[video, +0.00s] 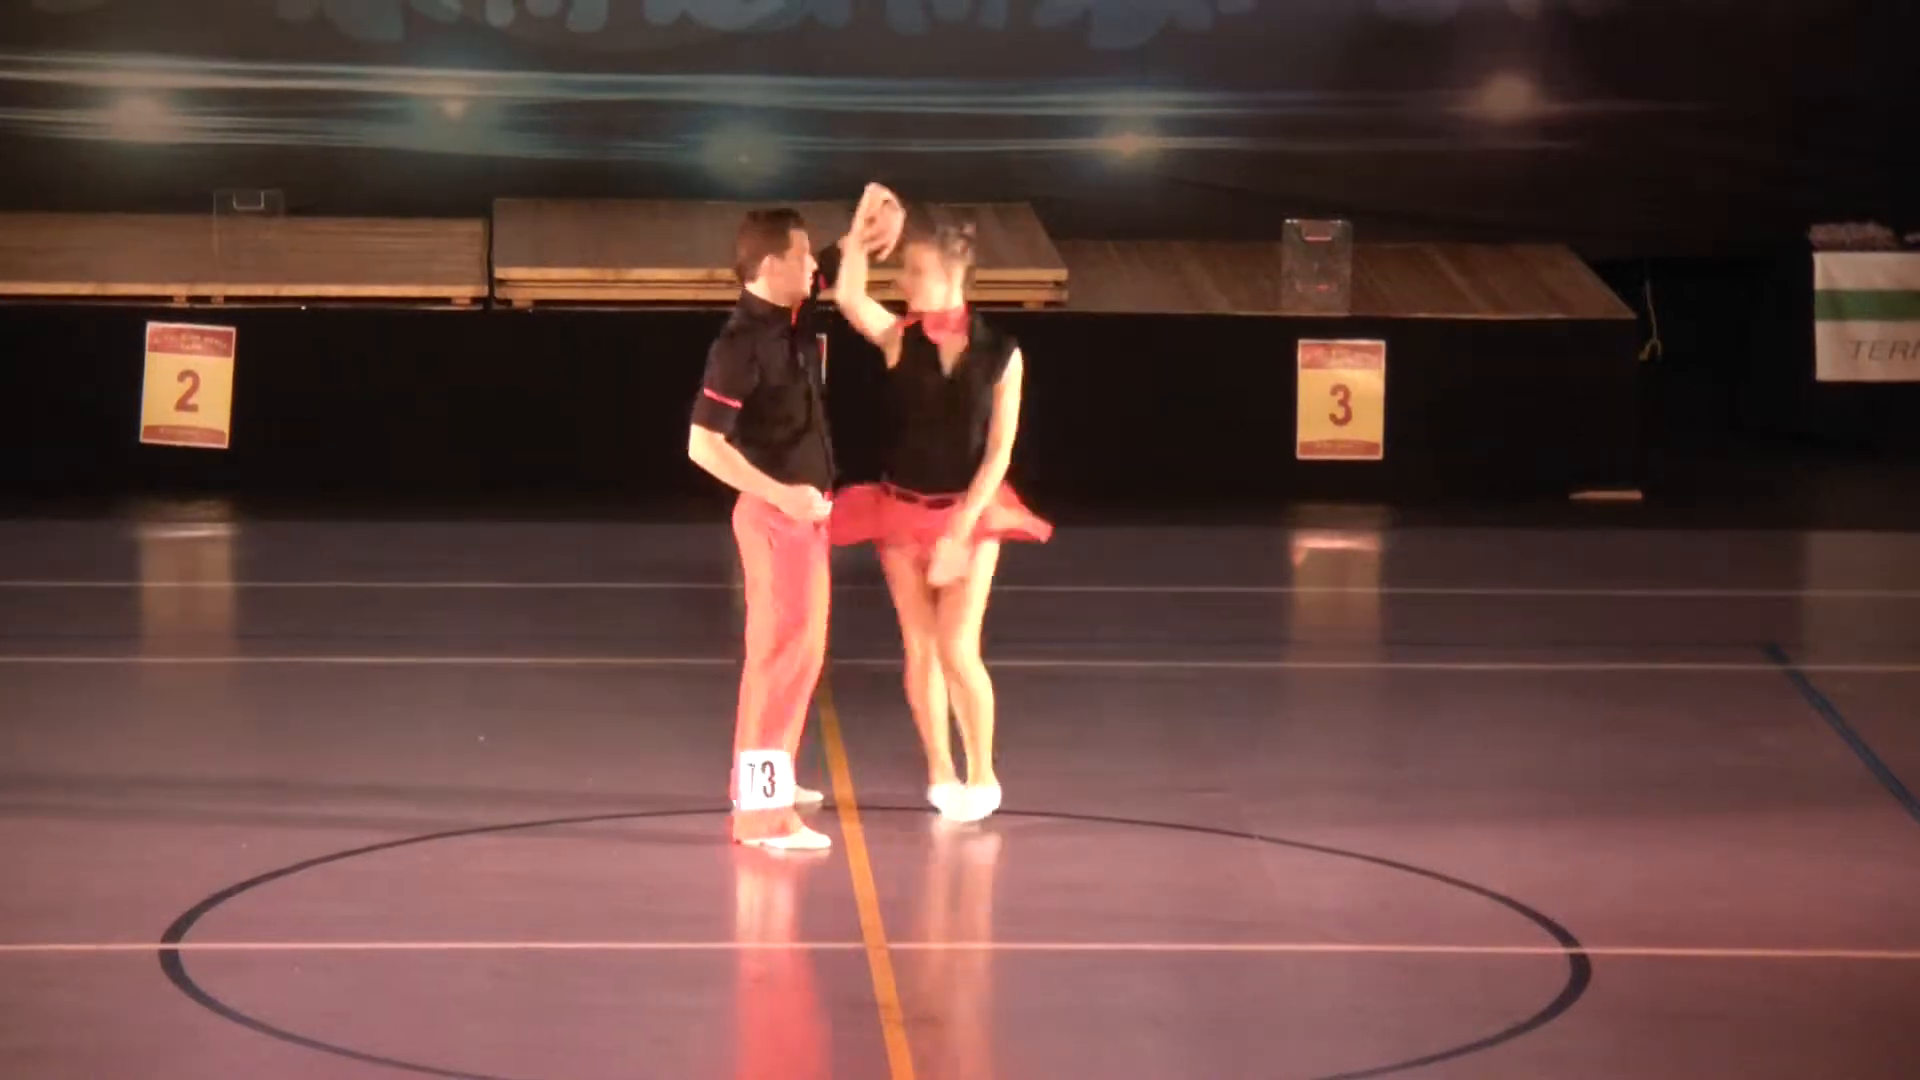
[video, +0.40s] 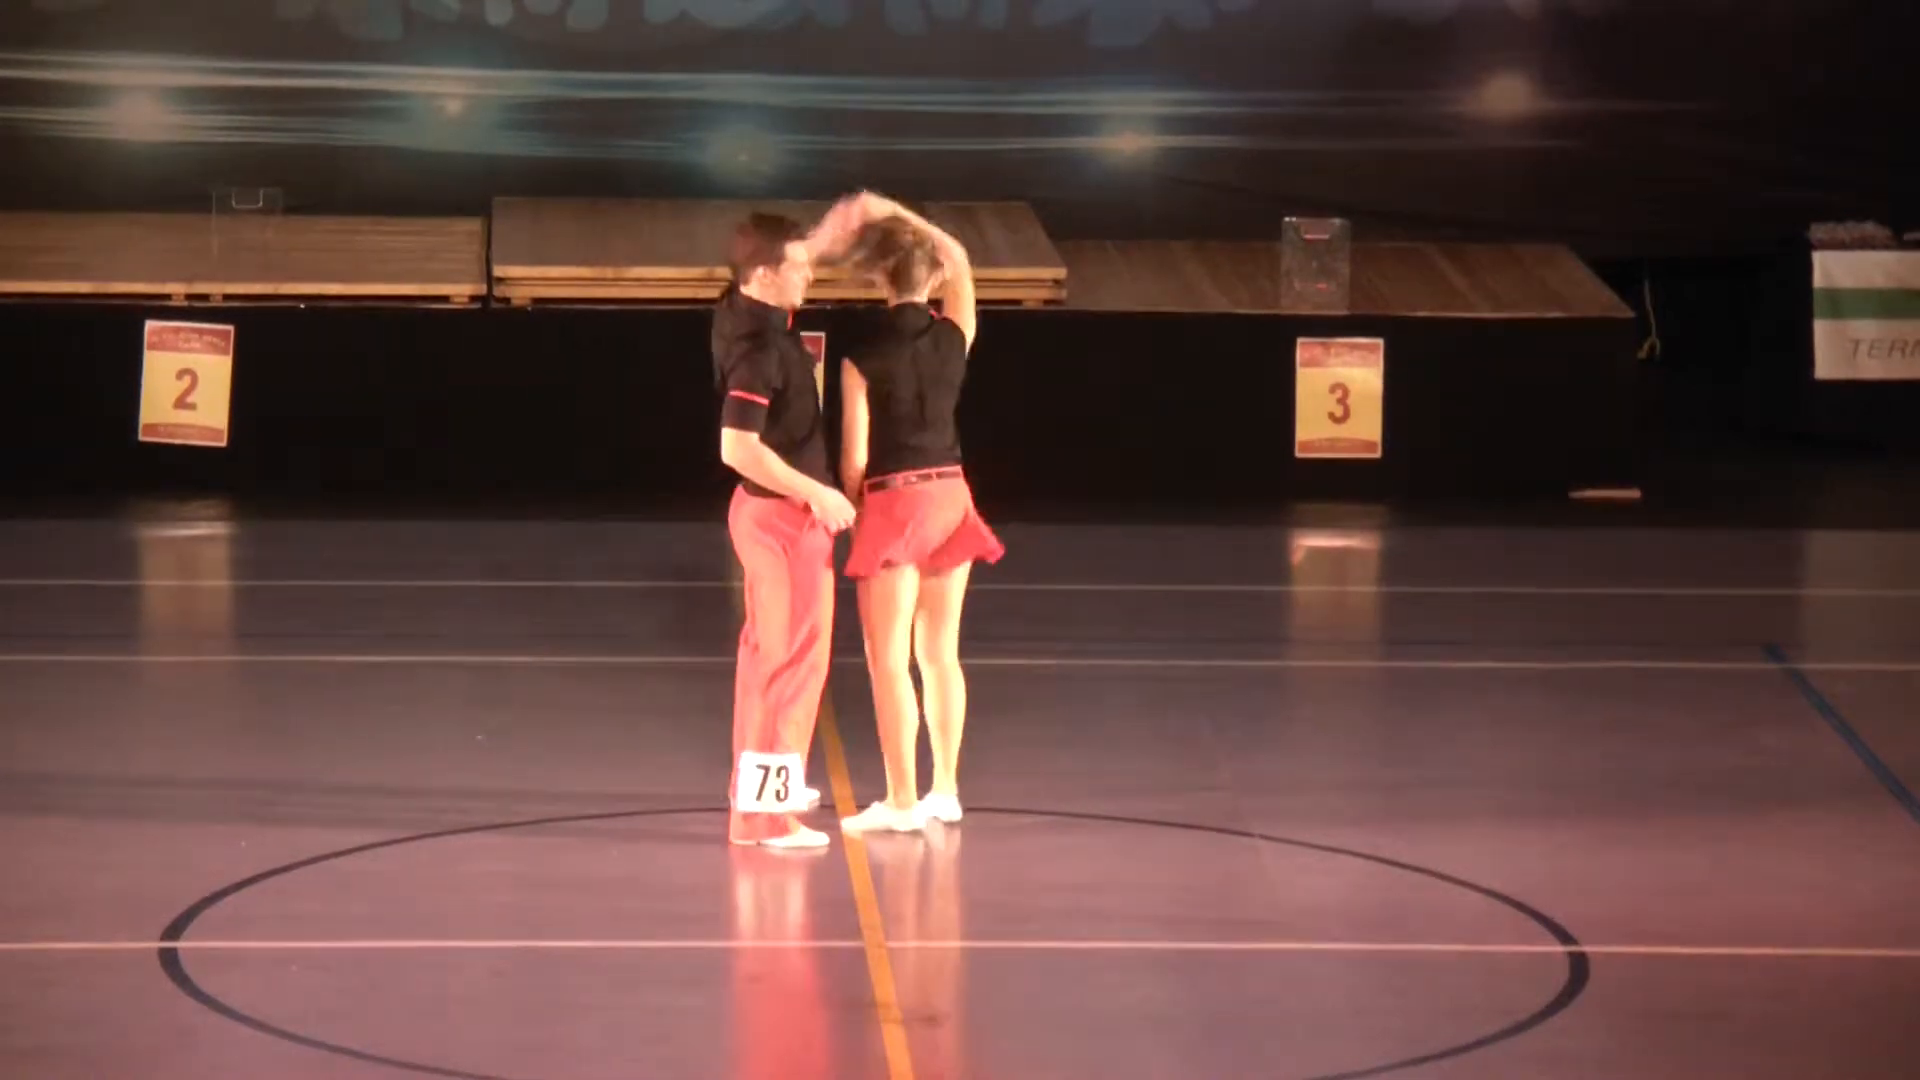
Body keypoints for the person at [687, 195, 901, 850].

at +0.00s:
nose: (813, 266)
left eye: (810, 255)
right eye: (801, 256)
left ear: (795, 262)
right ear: (765, 267)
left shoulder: (802, 315)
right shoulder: (740, 340)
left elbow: (847, 277)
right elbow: (703, 443)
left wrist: (869, 219)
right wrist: (780, 495)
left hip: (809, 509)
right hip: (769, 513)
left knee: (806, 650)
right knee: (774, 650)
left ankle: (772, 782)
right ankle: (754, 808)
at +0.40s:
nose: (807, 275)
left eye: (807, 264)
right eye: (799, 265)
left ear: (760, 272)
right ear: (766, 274)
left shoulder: (749, 311)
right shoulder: (760, 341)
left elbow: (799, 257)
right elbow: (740, 446)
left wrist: (842, 226)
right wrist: (816, 493)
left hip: (772, 507)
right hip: (780, 513)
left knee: (768, 653)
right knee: (796, 656)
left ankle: (756, 804)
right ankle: (762, 812)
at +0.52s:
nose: (815, 303)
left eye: (815, 290)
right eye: (808, 291)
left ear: (770, 289)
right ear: (773, 290)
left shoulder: (757, 334)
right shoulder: (754, 354)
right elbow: (734, 467)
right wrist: (802, 534)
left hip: (781, 515)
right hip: (778, 520)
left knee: (782, 652)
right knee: (812, 656)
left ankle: (757, 804)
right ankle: (769, 812)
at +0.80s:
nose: (821, 335)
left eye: (824, 324)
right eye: (813, 324)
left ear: (811, 310)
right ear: (776, 308)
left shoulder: (796, 338)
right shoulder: (733, 364)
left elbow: (850, 371)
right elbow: (750, 465)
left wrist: (903, 402)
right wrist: (829, 499)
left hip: (786, 516)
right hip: (752, 521)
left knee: (787, 650)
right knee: (780, 652)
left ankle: (772, 785)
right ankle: (754, 810)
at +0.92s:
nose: (831, 356)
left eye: (835, 345)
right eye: (823, 346)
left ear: (835, 332)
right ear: (788, 330)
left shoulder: (834, 342)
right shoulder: (739, 372)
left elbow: (886, 415)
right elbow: (762, 470)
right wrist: (837, 521)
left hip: (777, 516)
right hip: (729, 519)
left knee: (747, 653)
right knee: (766, 652)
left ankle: (752, 784)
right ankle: (748, 814)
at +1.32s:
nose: (823, 358)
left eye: (829, 346)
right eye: (814, 346)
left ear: (836, 335)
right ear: (783, 326)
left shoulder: (834, 354)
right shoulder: (739, 374)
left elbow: (883, 421)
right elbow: (774, 472)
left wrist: (937, 489)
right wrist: (850, 519)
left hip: (768, 520)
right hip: (717, 522)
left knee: (744, 650)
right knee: (766, 647)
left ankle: (745, 776)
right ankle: (751, 815)